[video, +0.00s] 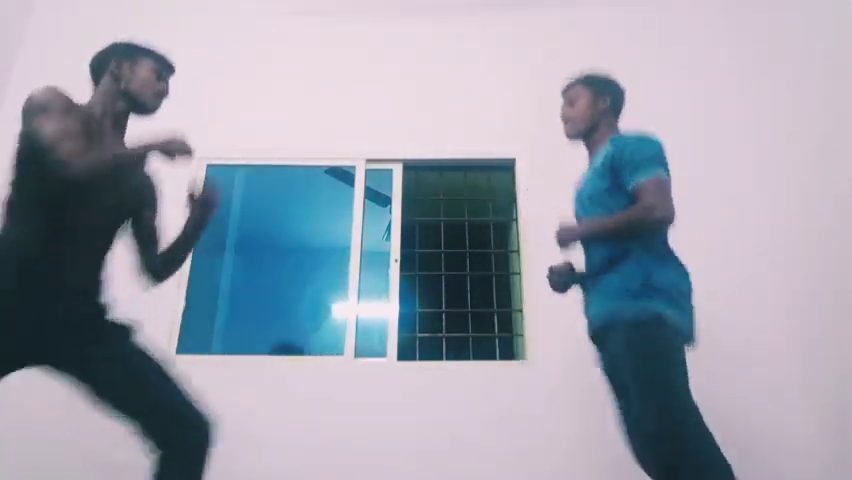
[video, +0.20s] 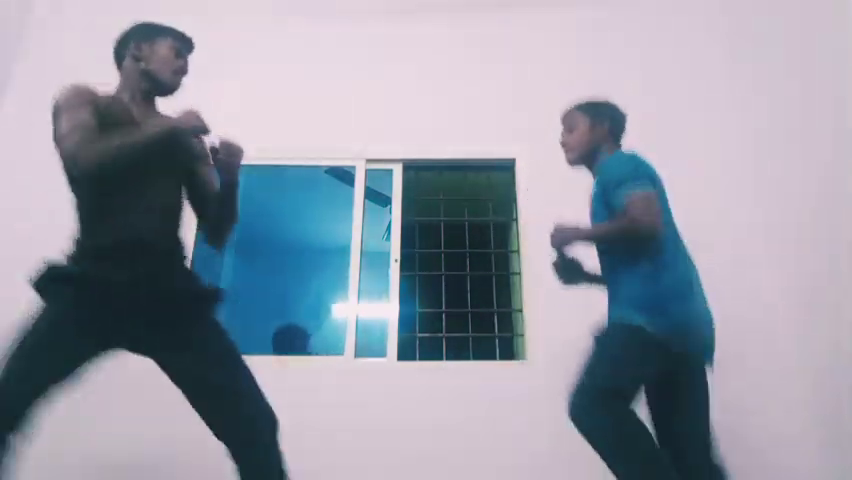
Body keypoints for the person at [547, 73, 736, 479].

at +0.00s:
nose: (563, 111)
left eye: (572, 101)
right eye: (563, 104)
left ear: (604, 105)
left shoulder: (634, 146)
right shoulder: (592, 178)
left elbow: (659, 208)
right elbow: (621, 256)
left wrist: (584, 230)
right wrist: (577, 273)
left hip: (645, 310)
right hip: (612, 319)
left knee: (670, 429)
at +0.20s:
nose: (562, 138)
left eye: (570, 128)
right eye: (563, 131)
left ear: (601, 130)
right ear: (599, 134)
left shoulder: (620, 166)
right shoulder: (619, 179)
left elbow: (646, 218)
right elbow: (642, 279)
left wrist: (580, 233)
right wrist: (588, 277)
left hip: (648, 318)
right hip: (679, 324)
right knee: (688, 453)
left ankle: (654, 473)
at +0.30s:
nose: (555, 120)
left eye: (562, 109)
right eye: (555, 112)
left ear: (591, 110)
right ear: (597, 115)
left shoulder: (602, 139)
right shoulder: (629, 150)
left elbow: (629, 190)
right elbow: (645, 246)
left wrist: (572, 214)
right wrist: (592, 256)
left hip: (638, 289)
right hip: (680, 295)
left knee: (589, 392)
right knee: (687, 416)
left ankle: (632, 473)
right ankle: (717, 475)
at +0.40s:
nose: (552, 121)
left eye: (558, 109)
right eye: (551, 112)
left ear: (588, 107)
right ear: (597, 112)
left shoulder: (590, 135)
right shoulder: (645, 161)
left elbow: (598, 186)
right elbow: (645, 231)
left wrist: (560, 220)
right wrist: (592, 251)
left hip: (619, 299)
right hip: (679, 305)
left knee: (592, 420)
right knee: (679, 428)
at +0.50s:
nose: (552, 139)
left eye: (559, 127)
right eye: (553, 129)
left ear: (589, 126)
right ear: (604, 131)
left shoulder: (584, 155)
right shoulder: (648, 178)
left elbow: (580, 214)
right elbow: (669, 265)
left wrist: (545, 246)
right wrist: (591, 277)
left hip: (608, 327)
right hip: (676, 330)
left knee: (577, 449)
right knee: (688, 451)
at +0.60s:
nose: (548, 144)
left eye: (555, 131)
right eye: (548, 133)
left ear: (584, 130)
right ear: (594, 134)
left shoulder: (579, 159)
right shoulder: (654, 183)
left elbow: (575, 215)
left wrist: (542, 246)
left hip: (605, 323)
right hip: (675, 327)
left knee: (580, 447)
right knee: (693, 445)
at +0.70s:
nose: (548, 142)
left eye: (553, 134)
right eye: (548, 136)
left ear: (579, 126)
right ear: (602, 129)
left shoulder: (577, 148)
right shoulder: (661, 166)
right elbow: (711, 239)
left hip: (618, 302)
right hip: (692, 303)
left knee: (578, 434)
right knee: (722, 432)